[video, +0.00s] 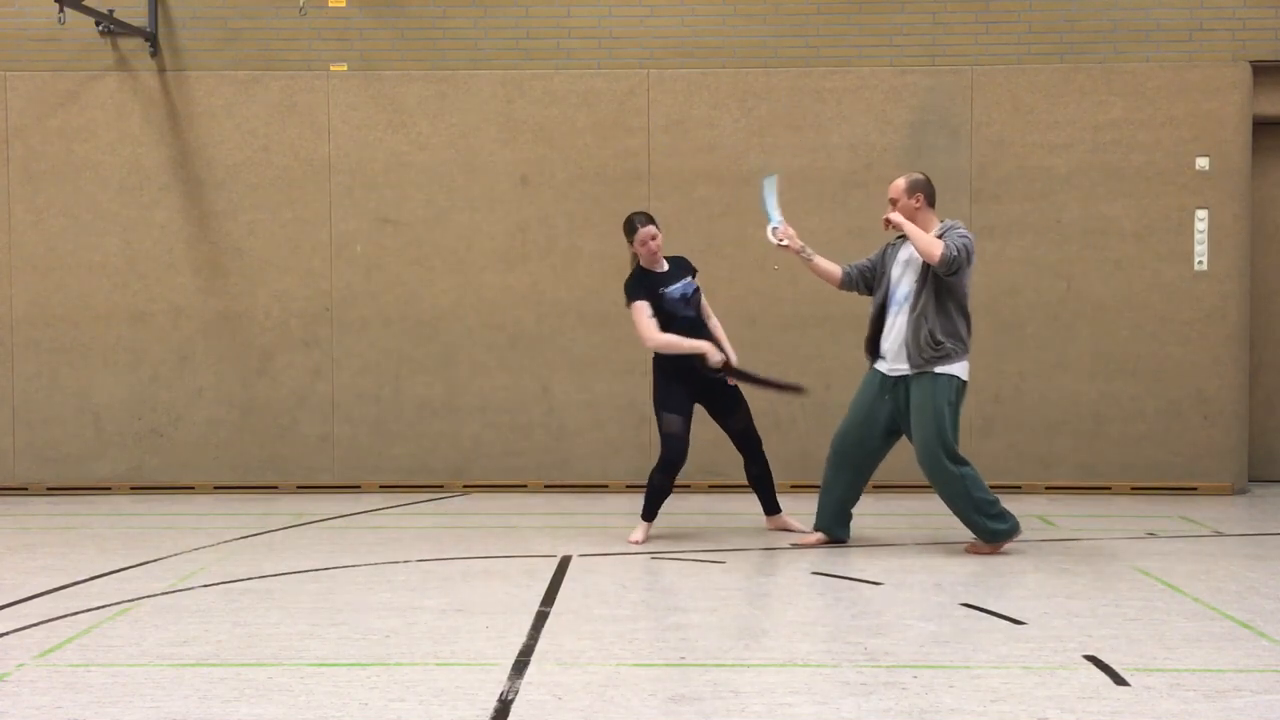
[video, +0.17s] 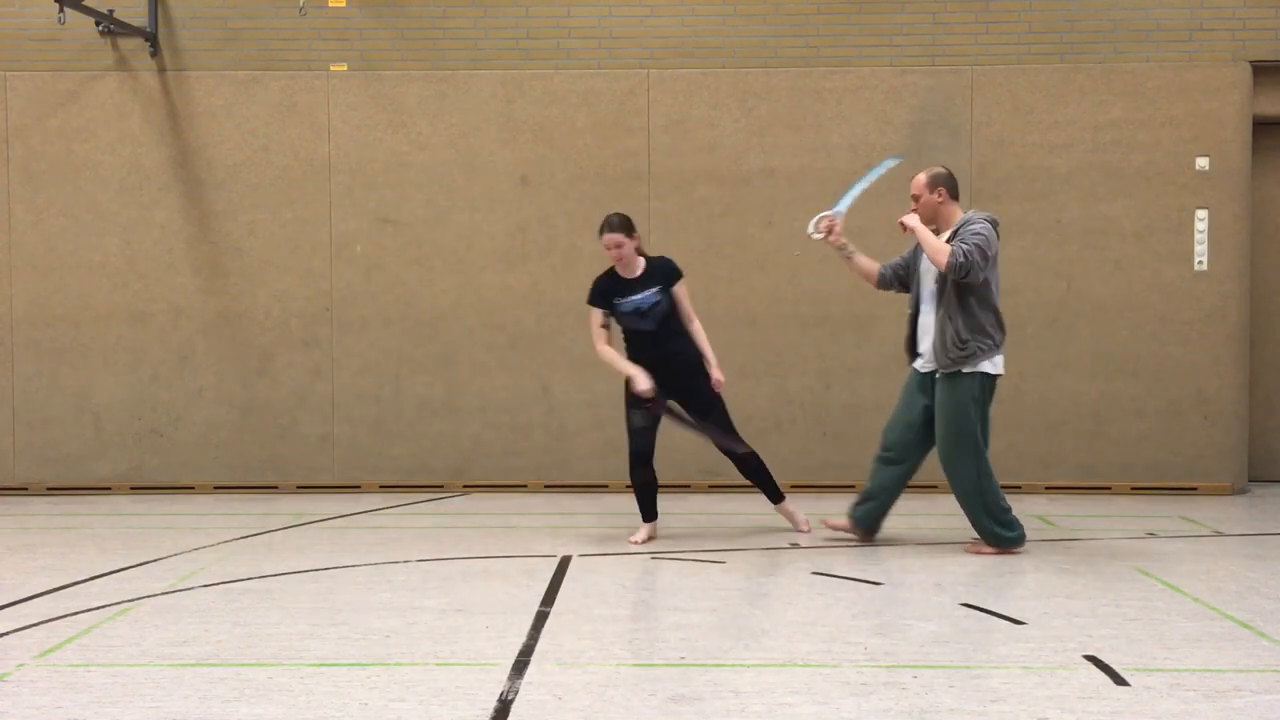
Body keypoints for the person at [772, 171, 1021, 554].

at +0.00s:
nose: (891, 210)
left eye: (895, 202)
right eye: (890, 204)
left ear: (919, 201)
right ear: (907, 203)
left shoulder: (957, 236)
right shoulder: (894, 250)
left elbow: (944, 259)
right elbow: (850, 278)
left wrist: (905, 224)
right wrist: (801, 250)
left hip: (936, 369)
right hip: (888, 369)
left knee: (935, 455)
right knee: (849, 446)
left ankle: (998, 528)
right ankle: (831, 528)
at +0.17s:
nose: (912, 207)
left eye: (916, 199)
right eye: (911, 200)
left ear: (941, 196)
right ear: (935, 198)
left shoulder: (979, 229)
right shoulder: (929, 245)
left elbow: (957, 264)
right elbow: (885, 277)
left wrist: (920, 230)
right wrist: (841, 244)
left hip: (968, 365)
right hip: (929, 365)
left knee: (962, 454)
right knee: (898, 445)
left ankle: (1004, 535)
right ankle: (863, 522)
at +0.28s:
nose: (921, 204)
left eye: (924, 197)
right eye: (920, 197)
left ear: (948, 193)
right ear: (947, 194)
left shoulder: (984, 229)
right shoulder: (951, 239)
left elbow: (953, 269)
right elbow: (911, 275)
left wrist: (921, 229)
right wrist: (873, 238)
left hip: (980, 362)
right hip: (950, 361)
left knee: (972, 450)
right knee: (919, 434)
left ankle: (1006, 538)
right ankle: (907, 525)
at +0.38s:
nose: (929, 203)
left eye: (933, 195)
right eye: (928, 196)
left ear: (956, 191)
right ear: (956, 192)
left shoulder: (985, 227)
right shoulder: (967, 228)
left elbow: (951, 274)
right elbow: (934, 273)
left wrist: (919, 227)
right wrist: (908, 231)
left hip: (993, 360)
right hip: (968, 358)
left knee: (979, 445)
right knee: (945, 438)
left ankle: (1005, 536)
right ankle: (965, 526)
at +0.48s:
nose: (939, 203)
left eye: (943, 195)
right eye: (938, 196)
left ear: (966, 192)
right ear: (971, 192)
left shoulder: (983, 228)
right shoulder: (1001, 224)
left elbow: (959, 282)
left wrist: (930, 242)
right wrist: (949, 235)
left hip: (1000, 365)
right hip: (1030, 362)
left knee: (982, 449)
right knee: (1013, 446)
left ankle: (1005, 538)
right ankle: (1043, 522)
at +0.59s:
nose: (952, 207)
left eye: (954, 198)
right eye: (950, 199)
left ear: (977, 193)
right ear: (985, 193)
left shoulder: (989, 231)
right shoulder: (1019, 225)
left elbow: (964, 284)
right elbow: (1037, 287)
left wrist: (936, 244)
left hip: (1004, 365)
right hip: (1045, 360)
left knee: (982, 449)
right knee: (1043, 438)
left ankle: (1004, 538)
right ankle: (1091, 521)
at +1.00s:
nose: (1007, 209)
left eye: (1010, 201)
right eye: (1006, 202)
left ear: (1033, 197)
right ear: (1042, 197)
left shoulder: (1041, 236)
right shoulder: (1079, 229)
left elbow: (1004, 285)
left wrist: (992, 242)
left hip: (1055, 366)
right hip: (1095, 361)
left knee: (1009, 443)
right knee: (1103, 446)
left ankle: (1005, 537)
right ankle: (1142, 531)